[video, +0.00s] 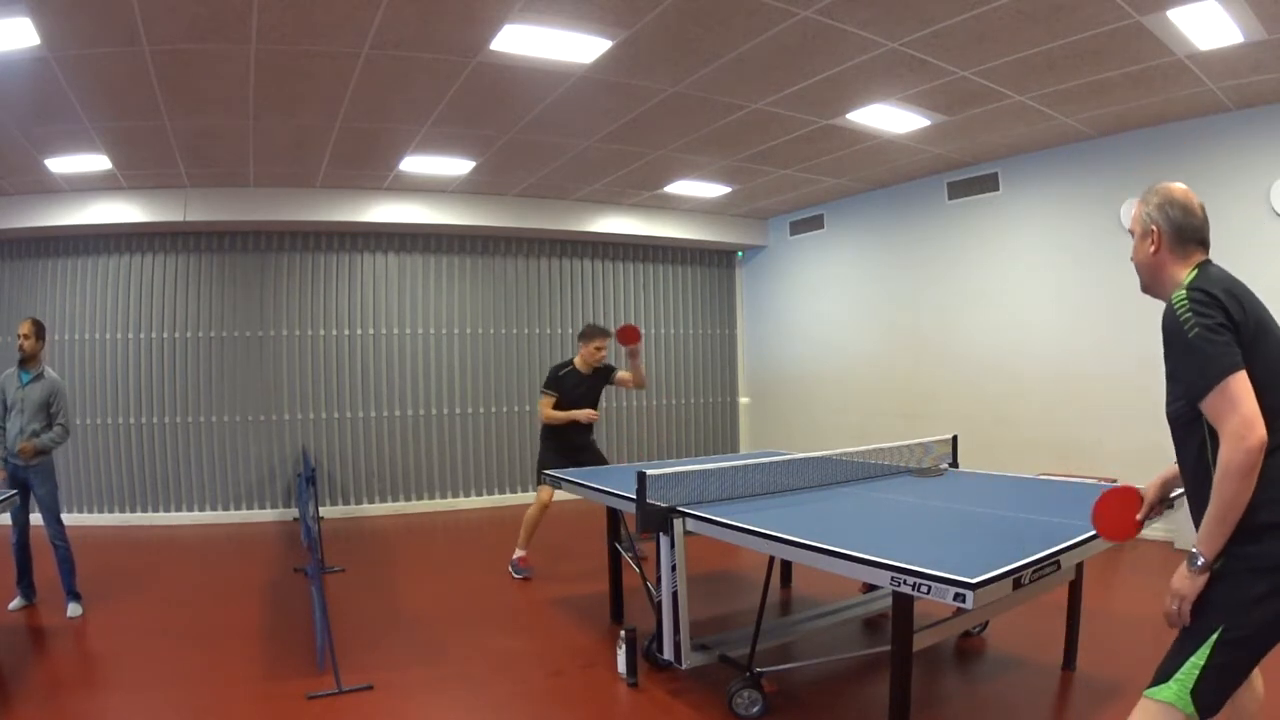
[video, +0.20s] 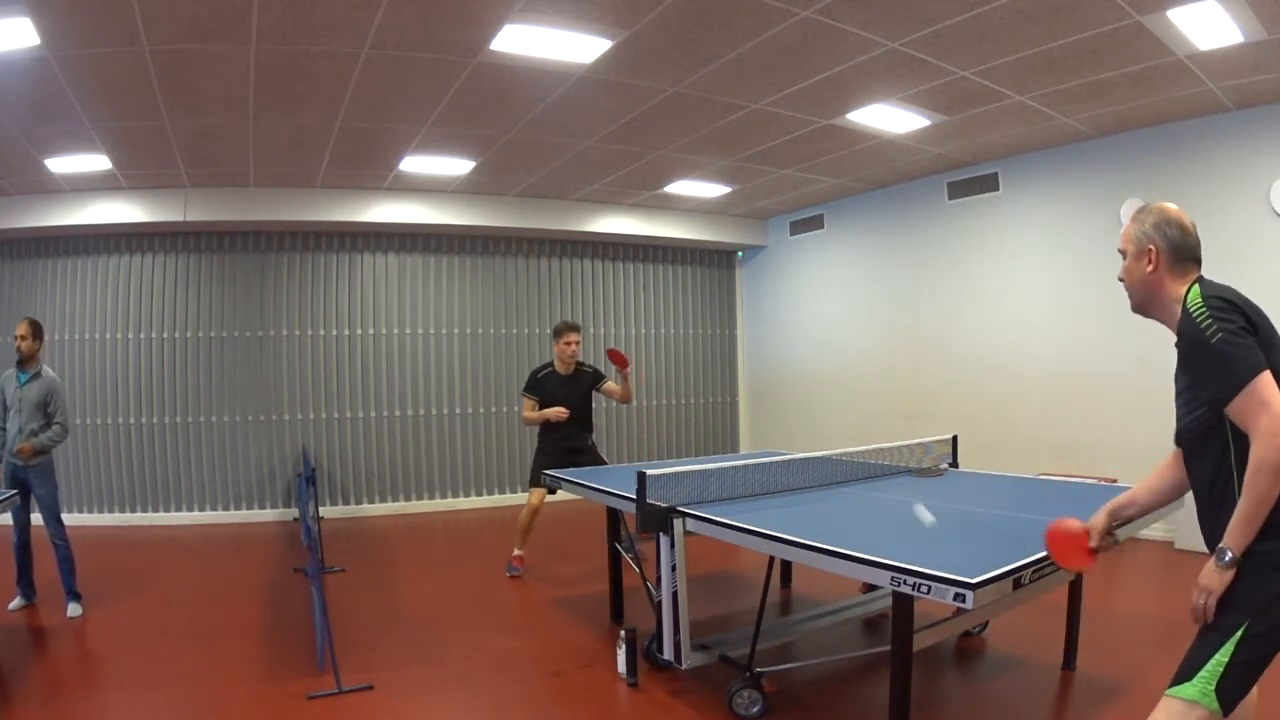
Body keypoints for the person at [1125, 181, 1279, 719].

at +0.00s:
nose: (1129, 253)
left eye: (1132, 237)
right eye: (1130, 238)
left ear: (1153, 240)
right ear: (1190, 237)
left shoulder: (1190, 306)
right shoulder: (1224, 292)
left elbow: (1244, 437)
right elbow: (1246, 423)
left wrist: (1198, 561)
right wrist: (1171, 481)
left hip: (1257, 554)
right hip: (1268, 542)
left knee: (1160, 707)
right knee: (1235, 670)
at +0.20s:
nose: (1118, 273)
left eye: (1124, 257)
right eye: (1119, 257)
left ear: (1151, 260)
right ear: (1157, 260)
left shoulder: (1207, 319)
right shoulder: (1199, 323)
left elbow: (1272, 428)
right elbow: (1192, 456)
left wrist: (1225, 556)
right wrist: (1112, 513)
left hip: (1267, 563)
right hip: (1260, 559)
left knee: (1181, 709)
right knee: (1197, 703)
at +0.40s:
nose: (1100, 236)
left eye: (1106, 218)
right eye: (1102, 220)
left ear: (1139, 223)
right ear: (1144, 224)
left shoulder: (1204, 287)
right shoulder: (1172, 317)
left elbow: (1278, 403)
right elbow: (1144, 435)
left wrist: (1238, 541)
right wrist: (1056, 440)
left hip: (1261, 556)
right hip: (1239, 554)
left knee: (1175, 712)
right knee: (1197, 709)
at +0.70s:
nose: (1098, 210)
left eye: (1100, 193)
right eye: (1098, 195)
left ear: (1122, 194)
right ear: (1167, 193)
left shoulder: (1174, 268)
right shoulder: (1201, 256)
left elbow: (1236, 410)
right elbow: (1227, 408)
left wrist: (1170, 556)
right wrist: (1135, 437)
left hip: (1242, 556)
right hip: (1257, 546)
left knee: (1169, 711)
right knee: (1195, 706)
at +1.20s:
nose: (1130, 245)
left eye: (1137, 227)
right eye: (1131, 229)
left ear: (1171, 232)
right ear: (1172, 233)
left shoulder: (1226, 296)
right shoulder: (1200, 324)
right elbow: (1160, 449)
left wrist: (1227, 542)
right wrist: (1079, 477)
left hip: (1268, 550)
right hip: (1257, 548)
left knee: (1199, 708)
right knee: (1215, 705)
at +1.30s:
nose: (1125, 229)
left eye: (1133, 213)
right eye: (1126, 214)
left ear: (1170, 219)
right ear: (1167, 222)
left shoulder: (1231, 284)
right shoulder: (1182, 324)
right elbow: (1118, 418)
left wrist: (1254, 536)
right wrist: (1027, 428)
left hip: (1270, 549)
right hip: (1252, 550)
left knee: (1206, 709)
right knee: (1229, 706)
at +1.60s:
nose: (1111, 215)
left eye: (1115, 196)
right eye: (1111, 198)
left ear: (1147, 200)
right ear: (1155, 200)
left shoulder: (1200, 271)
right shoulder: (1202, 271)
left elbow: (1273, 401)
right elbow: (1195, 421)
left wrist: (1236, 560)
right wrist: (1094, 431)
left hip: (1260, 564)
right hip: (1259, 560)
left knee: (1191, 712)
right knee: (1203, 710)